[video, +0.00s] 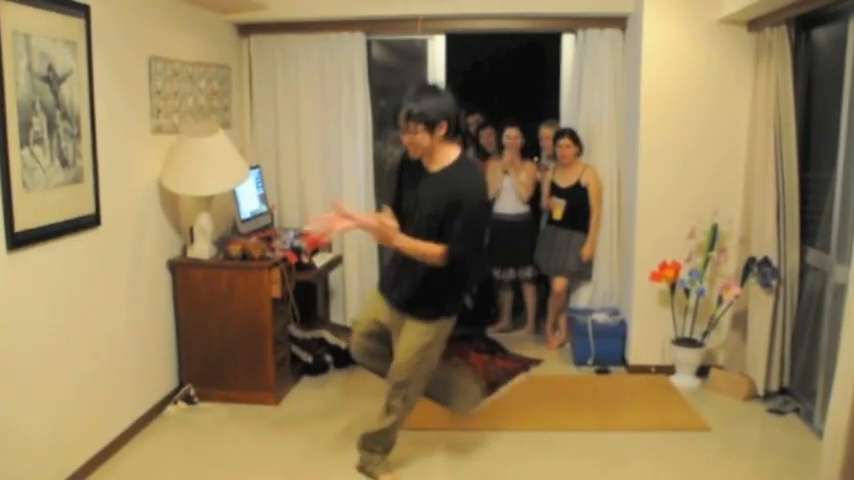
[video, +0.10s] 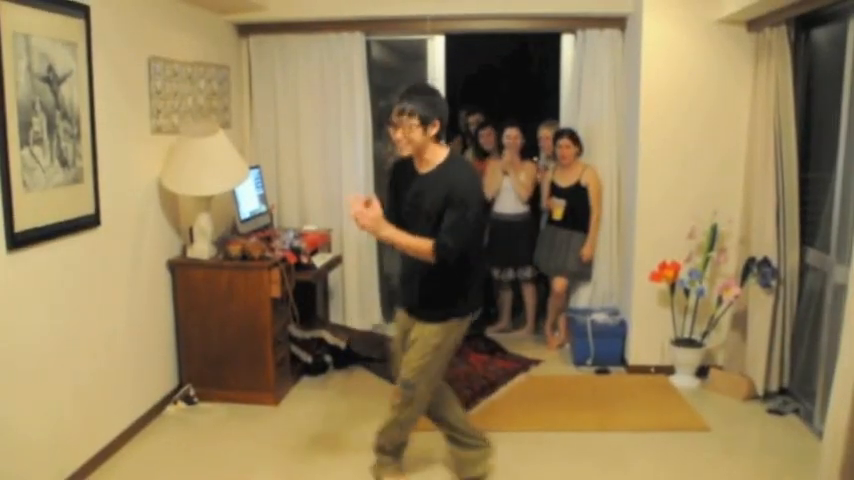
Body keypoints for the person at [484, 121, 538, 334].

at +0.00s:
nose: (510, 141)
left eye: (515, 138)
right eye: (507, 137)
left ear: (521, 141)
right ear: (502, 140)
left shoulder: (528, 166)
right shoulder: (493, 164)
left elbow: (526, 195)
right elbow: (491, 192)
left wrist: (514, 173)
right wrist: (501, 171)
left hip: (521, 218)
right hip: (499, 218)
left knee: (526, 275)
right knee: (502, 274)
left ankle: (530, 322)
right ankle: (504, 319)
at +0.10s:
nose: (511, 142)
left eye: (515, 138)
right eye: (507, 137)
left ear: (521, 141)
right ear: (502, 140)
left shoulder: (528, 166)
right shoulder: (493, 163)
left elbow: (525, 195)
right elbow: (489, 192)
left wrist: (513, 173)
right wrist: (500, 169)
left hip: (521, 218)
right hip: (498, 218)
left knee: (525, 275)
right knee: (502, 275)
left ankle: (529, 323)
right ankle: (504, 319)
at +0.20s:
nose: (510, 141)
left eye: (514, 137)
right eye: (506, 137)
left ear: (521, 141)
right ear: (501, 140)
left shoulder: (528, 166)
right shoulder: (493, 164)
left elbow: (525, 195)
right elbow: (489, 193)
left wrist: (513, 173)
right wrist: (500, 170)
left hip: (520, 218)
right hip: (498, 218)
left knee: (525, 275)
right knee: (503, 275)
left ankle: (529, 323)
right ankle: (504, 319)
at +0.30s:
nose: (510, 141)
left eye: (514, 137)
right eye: (506, 137)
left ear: (521, 141)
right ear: (500, 140)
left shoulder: (528, 166)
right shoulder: (494, 164)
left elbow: (524, 196)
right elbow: (490, 192)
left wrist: (513, 174)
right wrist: (500, 173)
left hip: (519, 218)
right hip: (497, 218)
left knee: (524, 274)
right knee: (503, 273)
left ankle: (529, 324)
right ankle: (503, 320)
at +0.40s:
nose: (509, 141)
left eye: (513, 136)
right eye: (505, 136)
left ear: (520, 140)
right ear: (500, 140)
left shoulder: (527, 167)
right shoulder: (495, 165)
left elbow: (524, 196)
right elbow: (492, 191)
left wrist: (516, 175)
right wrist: (502, 174)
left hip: (520, 217)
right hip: (498, 217)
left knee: (523, 274)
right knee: (503, 273)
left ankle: (528, 323)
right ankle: (503, 320)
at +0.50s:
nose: (509, 140)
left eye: (513, 136)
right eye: (506, 136)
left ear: (520, 140)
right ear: (500, 140)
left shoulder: (527, 167)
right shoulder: (495, 165)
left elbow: (523, 196)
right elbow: (491, 192)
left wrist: (515, 175)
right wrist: (501, 175)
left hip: (519, 218)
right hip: (497, 218)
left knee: (523, 274)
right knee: (500, 274)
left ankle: (528, 324)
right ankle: (500, 321)